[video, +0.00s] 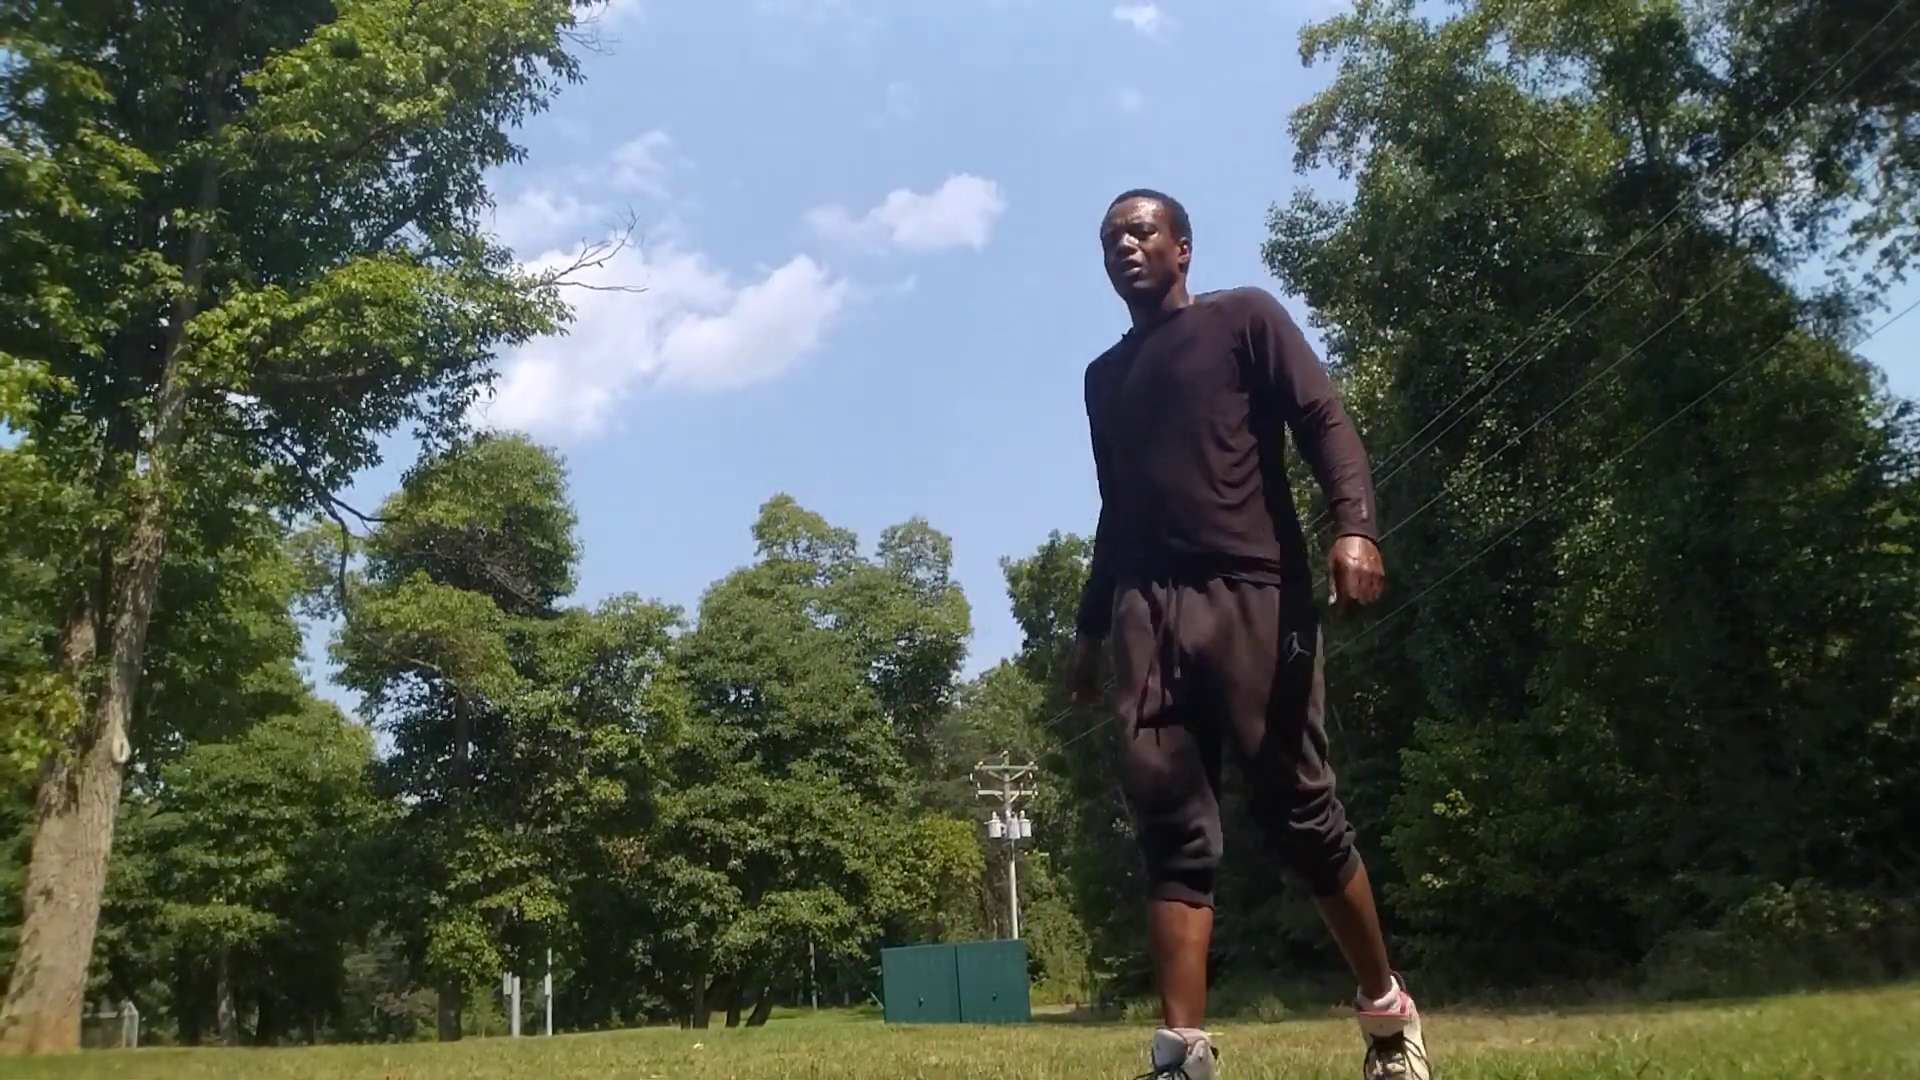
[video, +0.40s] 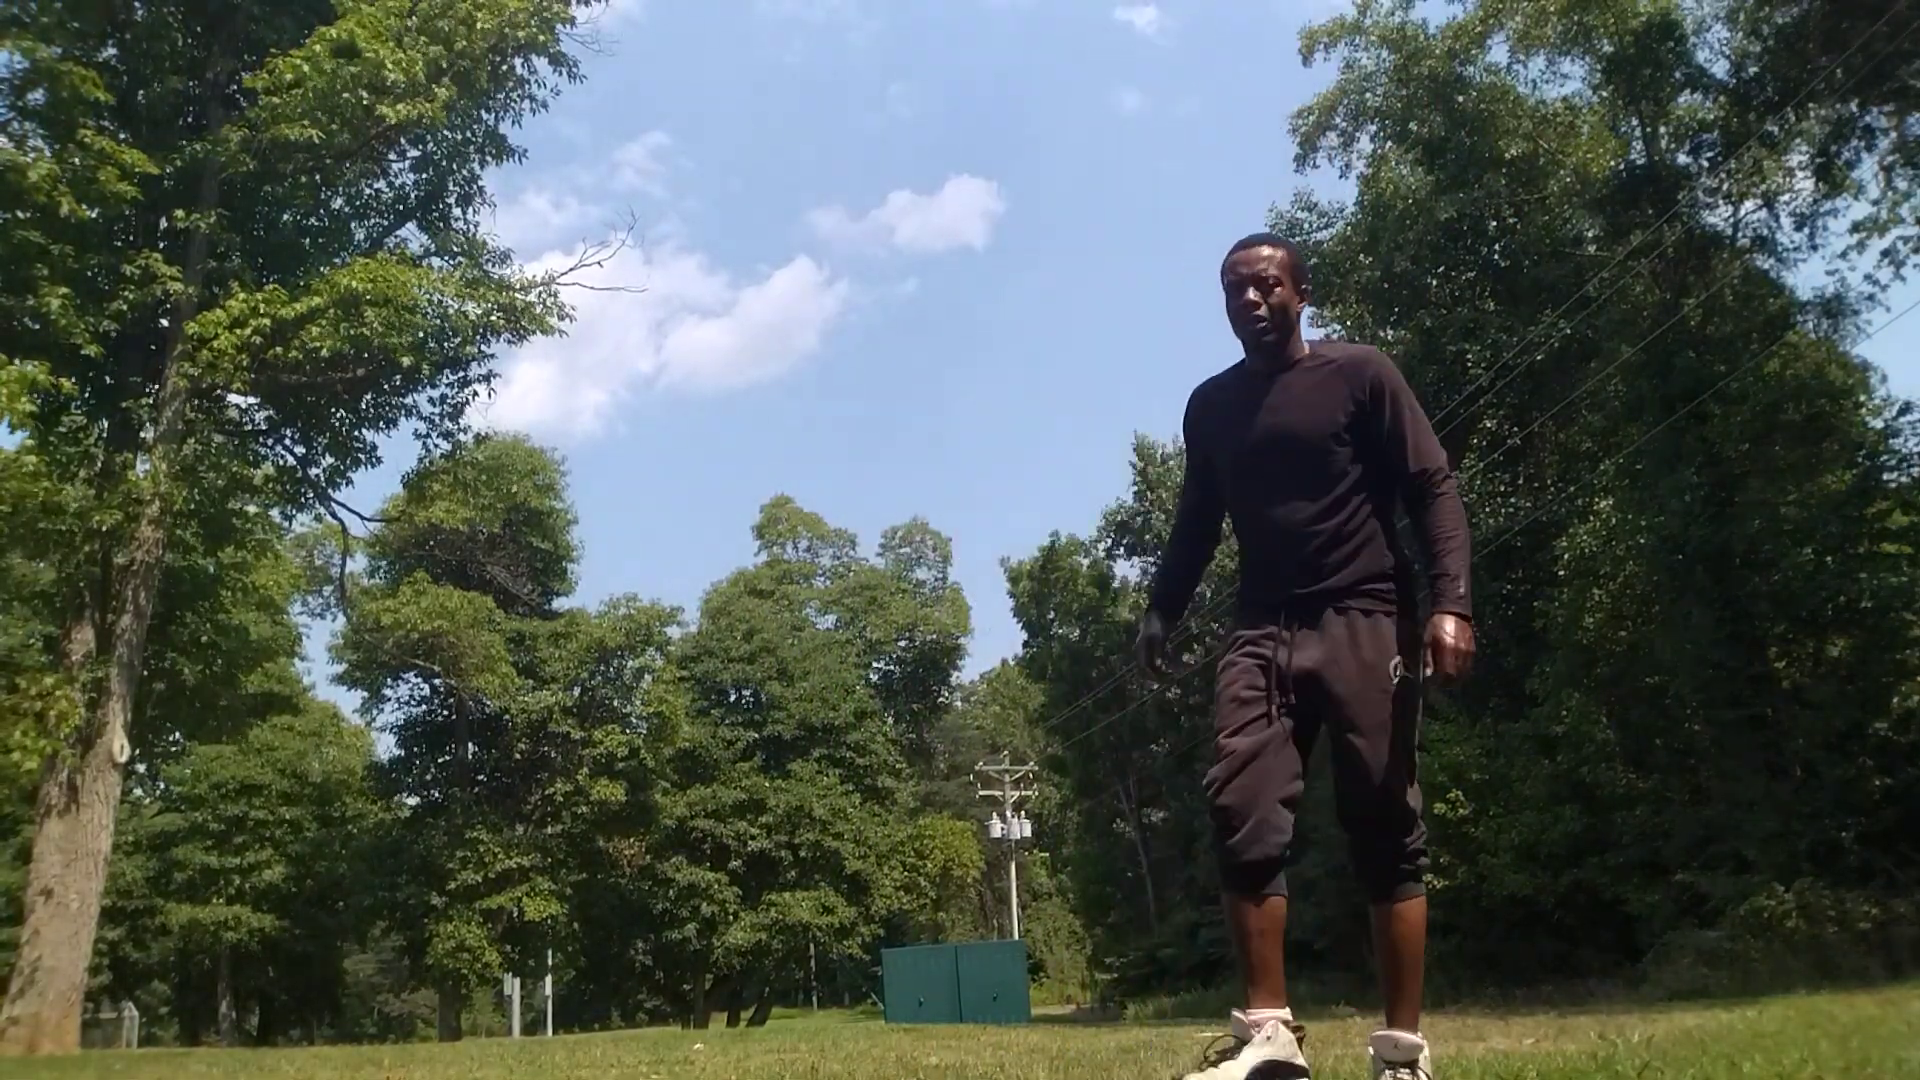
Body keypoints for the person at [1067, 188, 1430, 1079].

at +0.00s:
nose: (1121, 245)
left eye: (1139, 231)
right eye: (1110, 237)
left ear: (1181, 248)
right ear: (1103, 261)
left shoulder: (1244, 315)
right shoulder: (1105, 374)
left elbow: (1325, 420)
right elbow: (1118, 514)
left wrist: (1354, 527)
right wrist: (1088, 630)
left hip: (1252, 594)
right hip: (1146, 606)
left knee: (1303, 815)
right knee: (1172, 831)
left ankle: (1387, 1016)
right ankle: (1181, 1051)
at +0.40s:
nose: (1253, 298)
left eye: (1267, 283)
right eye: (1239, 287)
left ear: (1301, 292)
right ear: (1224, 304)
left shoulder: (1362, 372)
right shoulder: (1210, 406)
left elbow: (1435, 485)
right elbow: (1197, 520)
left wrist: (1450, 601)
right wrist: (1162, 610)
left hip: (1363, 619)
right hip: (1261, 628)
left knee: (1386, 821)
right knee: (1243, 809)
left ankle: (1400, 1042)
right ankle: (1268, 1029)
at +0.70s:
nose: (1314, 322)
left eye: (1328, 308)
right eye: (1300, 311)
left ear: (1359, 318)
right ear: (1285, 327)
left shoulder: (1419, 402)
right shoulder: (1263, 431)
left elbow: (1490, 513)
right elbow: (1234, 538)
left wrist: (1548, 628)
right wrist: (1188, 625)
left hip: (1409, 633)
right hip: (1321, 646)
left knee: (1407, 837)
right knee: (1356, 840)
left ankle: (1406, 1047)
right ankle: (1493, 985)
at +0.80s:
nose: (1328, 335)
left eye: (1344, 323)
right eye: (1315, 325)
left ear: (1375, 338)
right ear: (1301, 343)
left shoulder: (1431, 416)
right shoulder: (1282, 448)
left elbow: (1503, 525)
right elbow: (1254, 552)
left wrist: (1556, 636)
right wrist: (1212, 632)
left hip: (1429, 640)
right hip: (1349, 657)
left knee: (1419, 837)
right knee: (1415, 842)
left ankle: (1406, 1048)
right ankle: (1528, 1003)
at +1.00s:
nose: (1347, 367)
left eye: (1361, 354)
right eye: (1334, 357)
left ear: (1393, 365)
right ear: (1323, 373)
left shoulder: (1449, 430)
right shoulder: (1323, 467)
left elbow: (1527, 527)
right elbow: (1319, 569)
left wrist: (1551, 636)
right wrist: (1280, 653)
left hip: (1461, 657)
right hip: (1392, 672)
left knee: (1446, 832)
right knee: (1465, 840)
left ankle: (1428, 1038)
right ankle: (1560, 1025)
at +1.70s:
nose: (1416, 355)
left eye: (1431, 342)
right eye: (1408, 348)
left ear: (1472, 356)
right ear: (1408, 370)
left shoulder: (1532, 409)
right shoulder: (1414, 467)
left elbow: (1625, 499)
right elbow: (1422, 583)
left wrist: (1576, 592)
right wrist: (1398, 672)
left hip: (1570, 653)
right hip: (1482, 674)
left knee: (1639, 834)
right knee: (1520, 850)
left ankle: (1730, 1028)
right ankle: (1566, 1033)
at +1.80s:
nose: (1430, 352)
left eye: (1443, 338)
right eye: (1425, 343)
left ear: (1490, 345)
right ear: (1432, 363)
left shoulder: (1563, 404)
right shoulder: (1433, 452)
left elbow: (1649, 496)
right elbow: (1440, 568)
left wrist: (1584, 578)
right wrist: (1399, 653)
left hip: (1591, 646)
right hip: (1501, 666)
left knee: (1657, 832)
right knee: (1530, 842)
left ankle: (1726, 1032)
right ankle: (1566, 1033)